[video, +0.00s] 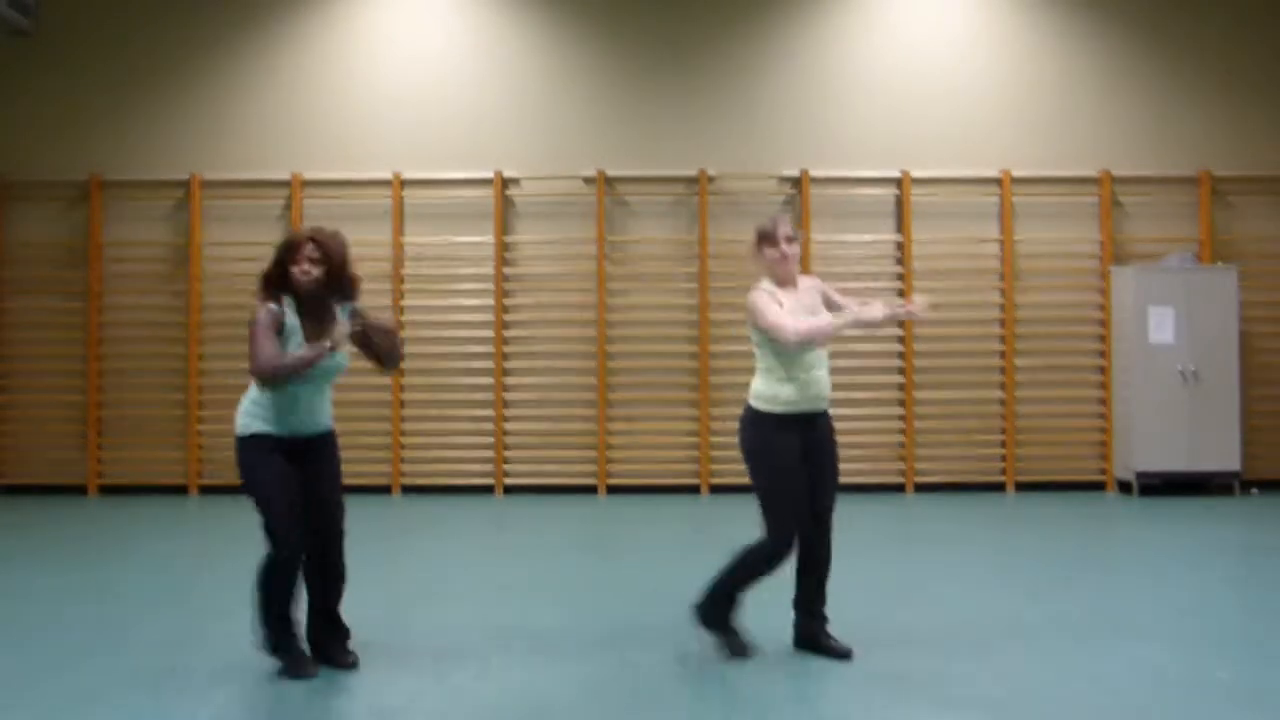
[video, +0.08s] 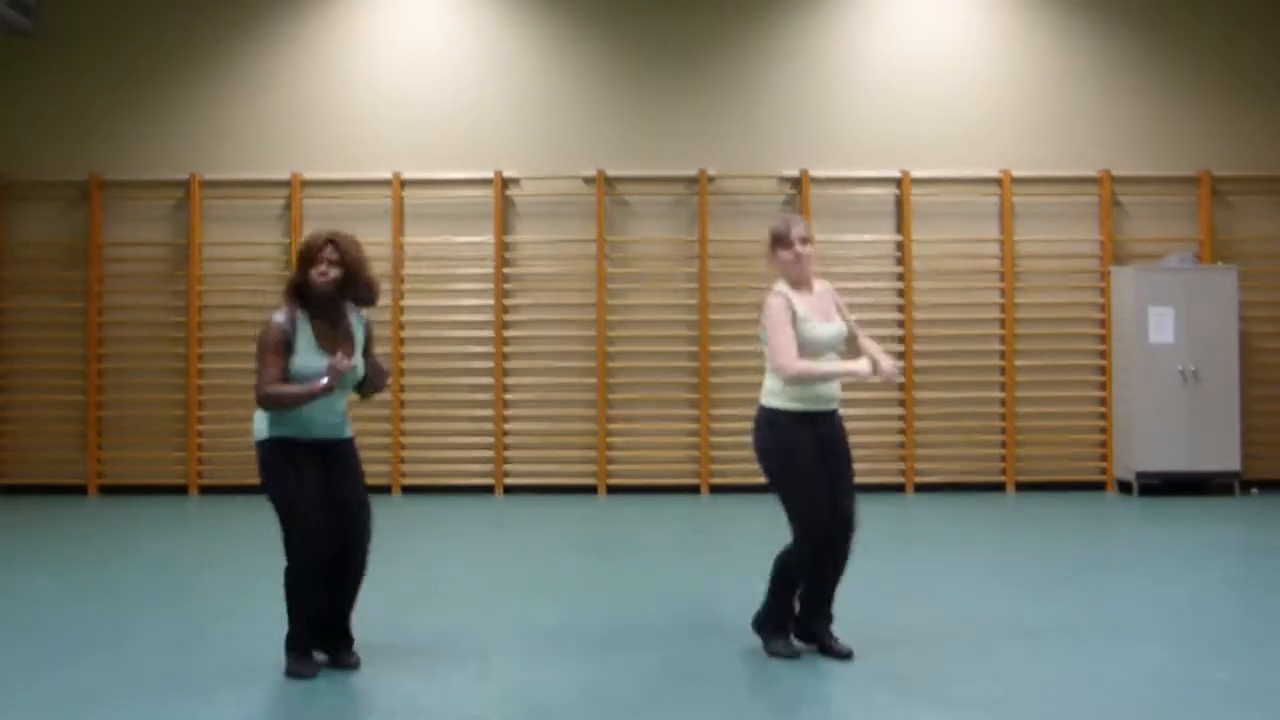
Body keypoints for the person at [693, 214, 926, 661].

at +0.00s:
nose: (785, 250)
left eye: (791, 241)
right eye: (775, 244)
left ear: (801, 246)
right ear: (761, 253)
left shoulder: (813, 288)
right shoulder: (761, 298)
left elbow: (854, 309)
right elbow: (790, 335)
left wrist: (899, 310)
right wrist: (847, 321)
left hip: (815, 423)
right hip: (769, 425)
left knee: (818, 532)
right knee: (781, 537)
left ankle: (810, 629)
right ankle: (714, 607)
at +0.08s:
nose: (800, 251)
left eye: (805, 242)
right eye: (789, 245)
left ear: (815, 246)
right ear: (775, 254)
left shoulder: (826, 292)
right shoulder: (778, 301)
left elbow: (852, 337)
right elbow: (787, 366)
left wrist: (880, 357)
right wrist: (851, 368)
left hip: (826, 422)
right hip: (783, 425)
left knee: (840, 527)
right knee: (813, 531)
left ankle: (813, 622)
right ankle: (772, 623)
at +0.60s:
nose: (896, 263)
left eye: (900, 255)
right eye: (884, 260)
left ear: (912, 260)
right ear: (872, 273)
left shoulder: (932, 292)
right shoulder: (880, 320)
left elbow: (980, 282)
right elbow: (949, 321)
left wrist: (1027, 250)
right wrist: (997, 273)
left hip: (949, 429)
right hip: (898, 437)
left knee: (978, 533)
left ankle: (983, 631)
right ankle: (826, 597)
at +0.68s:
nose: (910, 269)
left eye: (916, 261)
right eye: (899, 264)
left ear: (926, 267)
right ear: (884, 275)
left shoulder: (940, 303)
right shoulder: (883, 325)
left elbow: (1001, 322)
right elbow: (927, 369)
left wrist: (1064, 320)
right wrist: (993, 352)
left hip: (958, 429)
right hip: (908, 442)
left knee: (985, 536)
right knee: (940, 543)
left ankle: (984, 631)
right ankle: (910, 610)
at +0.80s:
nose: (926, 272)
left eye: (933, 265)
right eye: (915, 267)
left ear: (943, 272)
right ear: (900, 277)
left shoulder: (963, 317)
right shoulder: (886, 325)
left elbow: (996, 378)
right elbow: (861, 387)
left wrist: (996, 432)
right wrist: (910, 426)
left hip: (970, 432)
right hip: (915, 441)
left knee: (987, 537)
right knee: (942, 542)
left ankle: (987, 632)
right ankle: (944, 624)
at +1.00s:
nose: (909, 245)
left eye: (918, 240)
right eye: (901, 238)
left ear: (931, 249)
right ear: (888, 245)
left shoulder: (938, 296)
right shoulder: (876, 274)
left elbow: (900, 347)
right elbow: (821, 251)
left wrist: (845, 315)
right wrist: (803, 271)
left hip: (947, 416)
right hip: (890, 417)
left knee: (966, 520)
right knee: (872, 520)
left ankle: (989, 628)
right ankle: (860, 626)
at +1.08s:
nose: (896, 246)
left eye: (906, 241)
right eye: (889, 239)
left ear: (919, 251)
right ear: (876, 245)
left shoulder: (921, 294)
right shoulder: (867, 275)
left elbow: (861, 324)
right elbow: (823, 242)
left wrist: (810, 278)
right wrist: (786, 233)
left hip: (931, 419)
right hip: (873, 419)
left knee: (956, 524)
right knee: (851, 524)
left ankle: (989, 629)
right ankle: (836, 634)